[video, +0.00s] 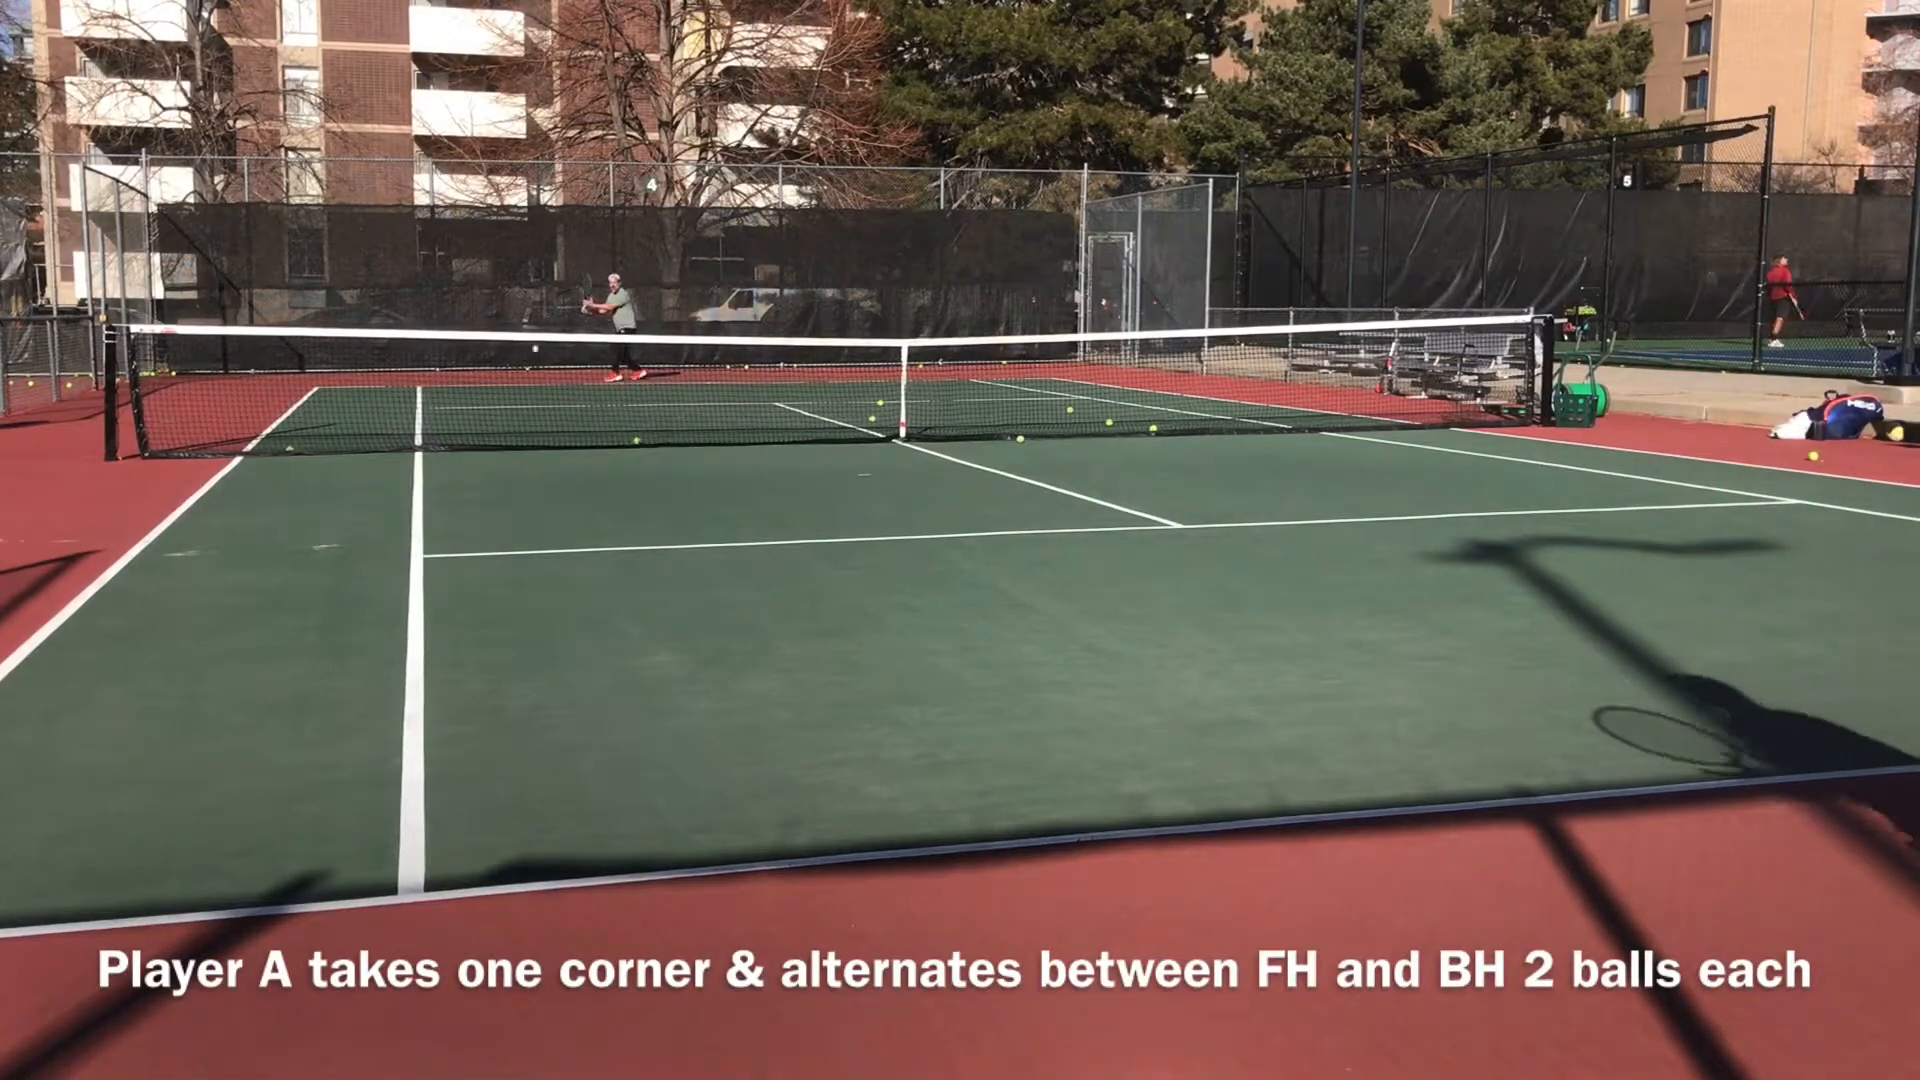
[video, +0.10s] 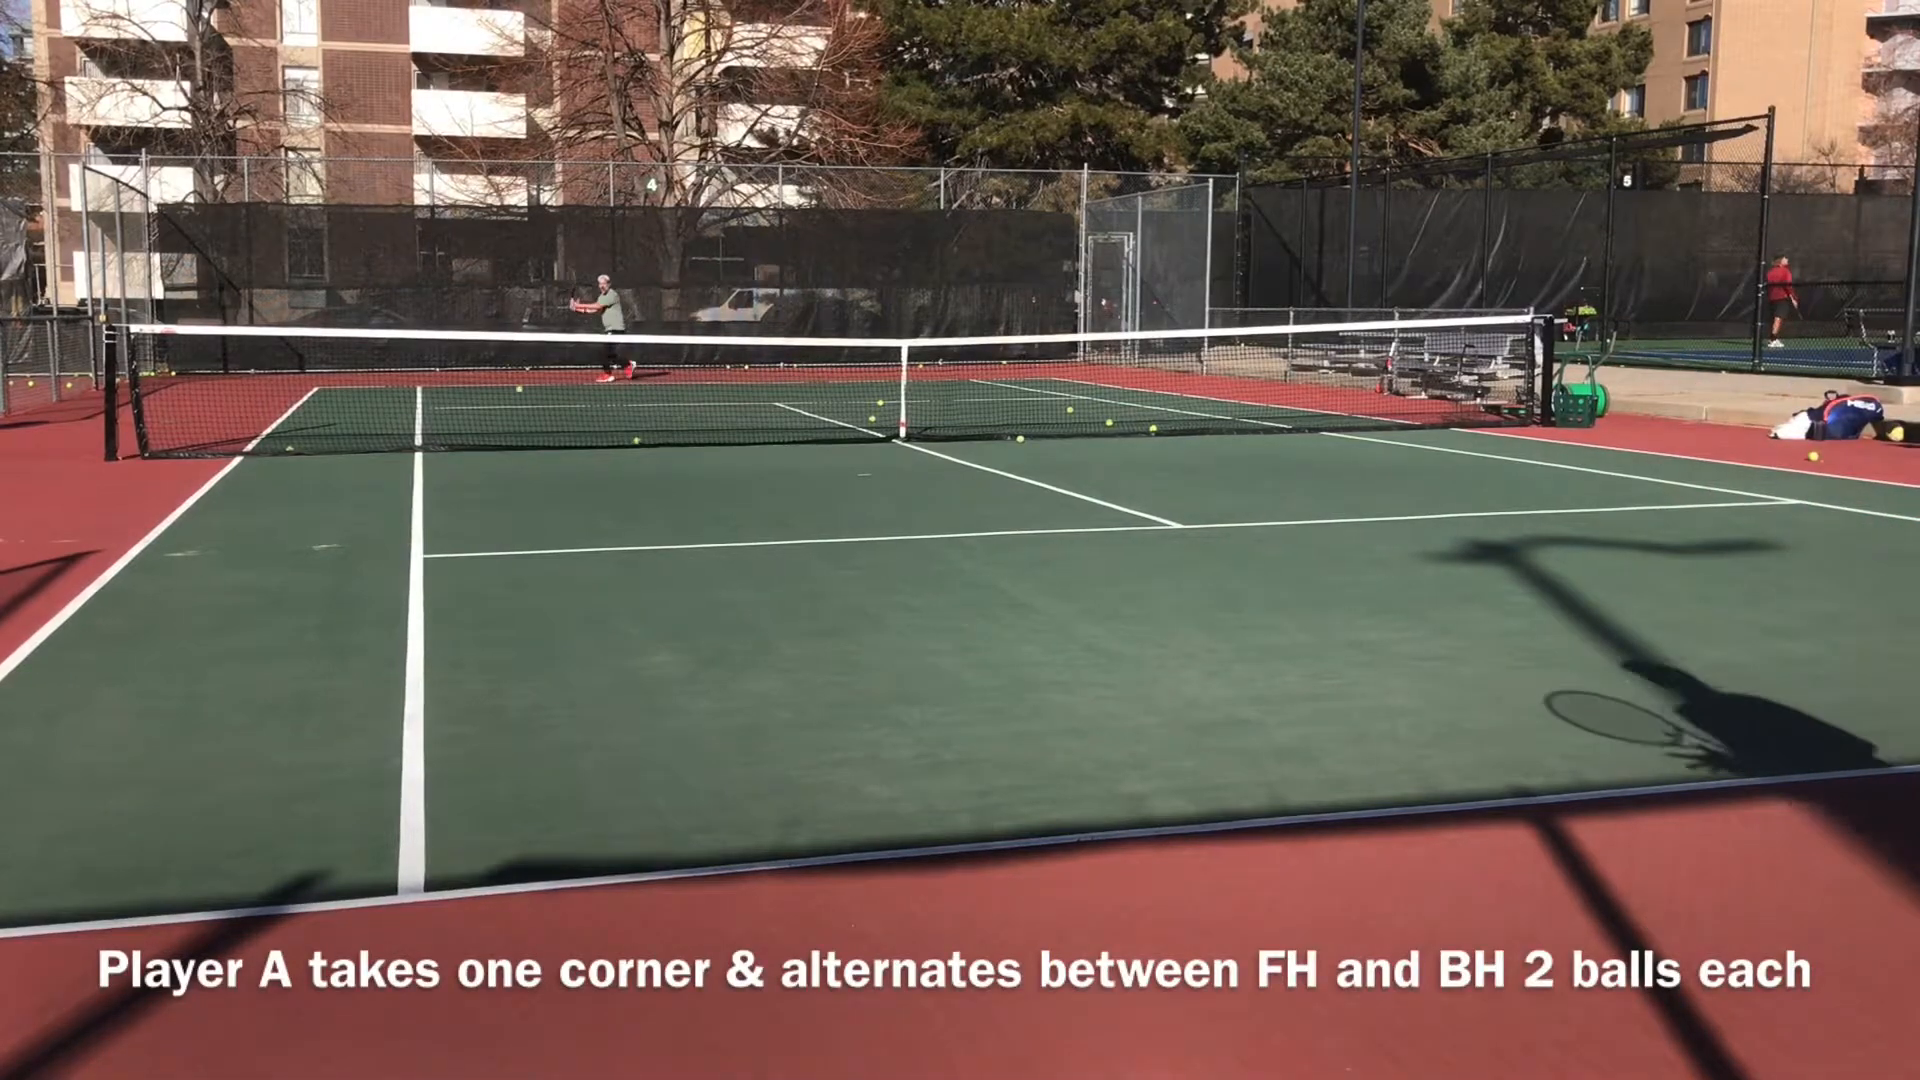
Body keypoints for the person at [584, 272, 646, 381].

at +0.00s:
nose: (612, 285)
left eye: (614, 283)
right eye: (610, 283)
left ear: (619, 283)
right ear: (609, 284)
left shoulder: (623, 294)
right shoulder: (611, 296)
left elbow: (610, 307)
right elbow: (604, 310)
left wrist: (592, 305)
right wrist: (591, 308)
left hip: (628, 327)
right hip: (620, 328)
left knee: (616, 349)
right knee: (624, 352)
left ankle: (616, 372)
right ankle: (638, 370)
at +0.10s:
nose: (602, 286)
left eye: (604, 284)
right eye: (600, 284)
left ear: (609, 284)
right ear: (598, 285)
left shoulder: (612, 295)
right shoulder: (602, 297)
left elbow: (597, 306)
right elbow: (594, 310)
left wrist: (579, 305)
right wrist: (577, 308)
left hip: (616, 329)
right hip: (609, 329)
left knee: (609, 351)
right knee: (606, 351)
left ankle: (628, 365)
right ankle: (607, 373)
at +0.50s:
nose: (557, 287)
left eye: (559, 285)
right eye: (556, 285)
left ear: (565, 284)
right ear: (557, 285)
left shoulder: (568, 295)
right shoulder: (565, 297)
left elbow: (559, 305)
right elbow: (565, 315)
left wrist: (544, 310)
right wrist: (559, 322)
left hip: (574, 330)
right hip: (566, 330)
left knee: (580, 354)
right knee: (555, 351)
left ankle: (597, 368)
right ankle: (553, 373)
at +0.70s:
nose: (541, 286)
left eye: (542, 283)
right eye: (540, 284)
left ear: (549, 282)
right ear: (541, 285)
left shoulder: (560, 293)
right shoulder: (545, 299)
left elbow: (567, 302)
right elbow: (541, 315)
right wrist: (535, 330)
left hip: (565, 328)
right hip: (553, 329)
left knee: (564, 350)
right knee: (545, 351)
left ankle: (577, 367)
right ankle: (552, 373)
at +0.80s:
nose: (537, 284)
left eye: (538, 281)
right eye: (536, 282)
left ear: (545, 279)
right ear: (538, 282)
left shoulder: (559, 289)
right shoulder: (539, 295)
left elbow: (569, 298)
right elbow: (533, 309)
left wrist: (569, 292)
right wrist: (523, 316)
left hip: (559, 325)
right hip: (546, 326)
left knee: (555, 350)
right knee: (543, 350)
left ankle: (558, 372)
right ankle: (550, 372)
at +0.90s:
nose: (537, 282)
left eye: (538, 279)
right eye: (535, 280)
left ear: (544, 277)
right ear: (535, 281)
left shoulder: (556, 289)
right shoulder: (539, 291)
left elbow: (567, 299)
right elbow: (532, 293)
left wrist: (568, 291)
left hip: (554, 325)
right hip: (541, 324)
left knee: (548, 351)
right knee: (539, 349)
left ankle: (546, 375)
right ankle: (548, 369)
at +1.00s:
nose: (542, 279)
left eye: (541, 277)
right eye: (542, 277)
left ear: (535, 281)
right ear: (546, 281)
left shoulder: (533, 293)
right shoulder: (552, 292)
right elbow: (562, 304)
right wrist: (564, 294)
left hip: (535, 328)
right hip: (550, 328)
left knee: (533, 351)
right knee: (547, 353)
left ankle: (533, 373)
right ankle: (545, 375)